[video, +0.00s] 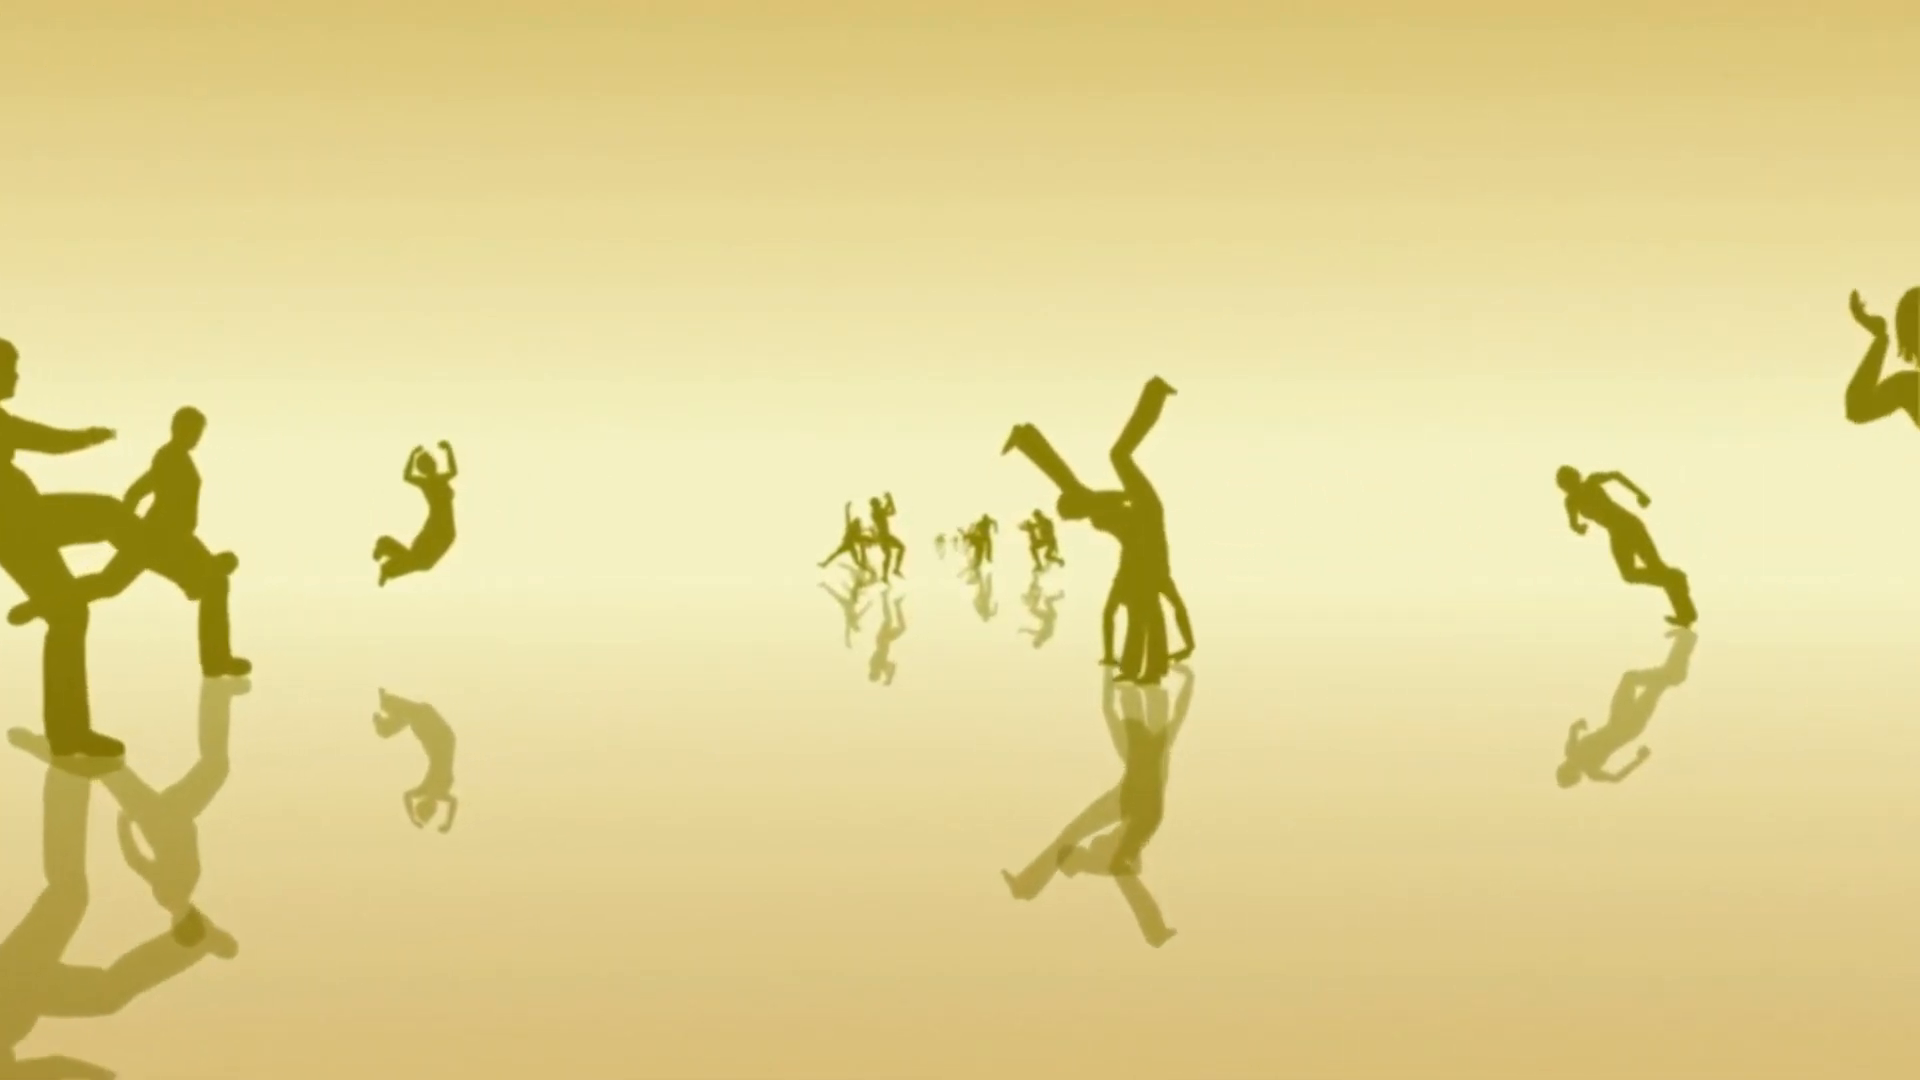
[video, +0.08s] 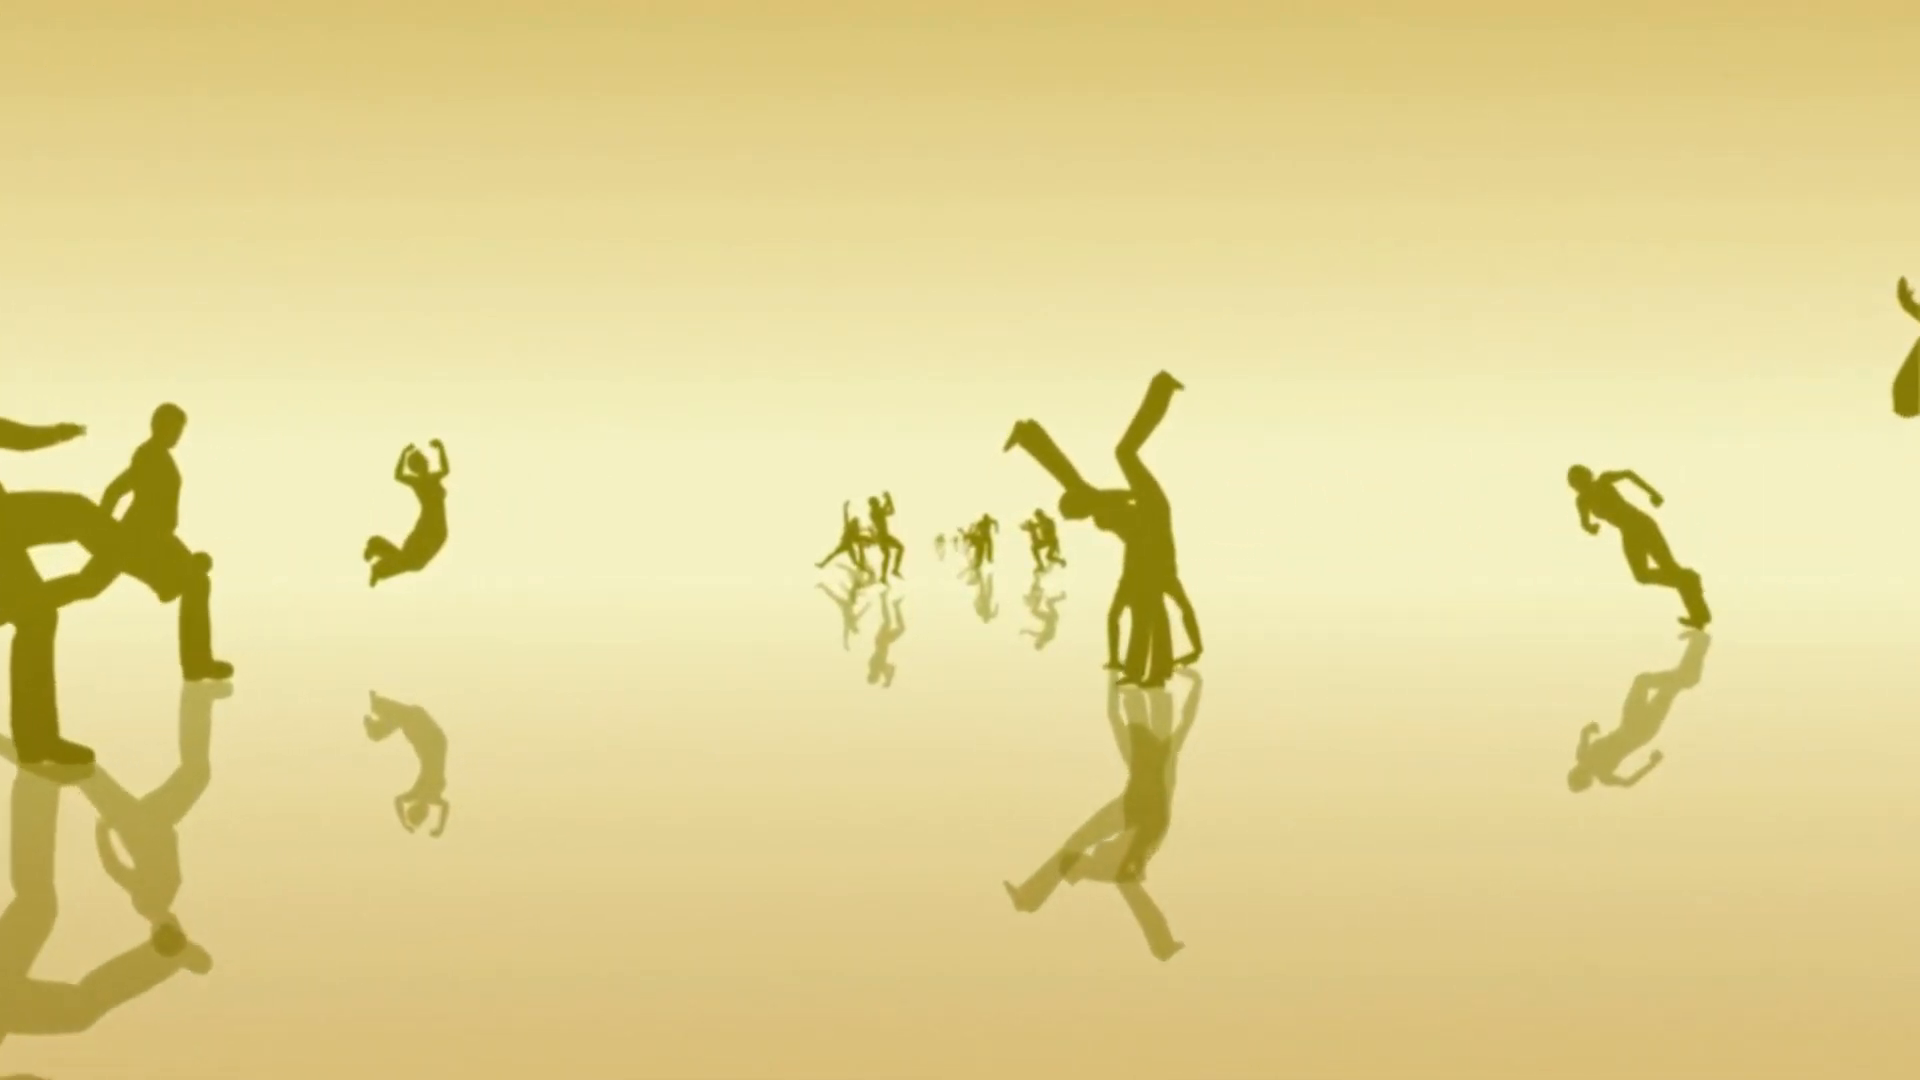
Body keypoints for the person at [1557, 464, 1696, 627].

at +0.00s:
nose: (1567, 487)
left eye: (1567, 482)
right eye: (1563, 485)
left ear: (1574, 477)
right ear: (1562, 486)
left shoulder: (1592, 481)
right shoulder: (1571, 501)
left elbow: (1616, 475)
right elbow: (1573, 522)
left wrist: (1639, 493)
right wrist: (1579, 528)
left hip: (1629, 523)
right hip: (1615, 531)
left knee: (1655, 565)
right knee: (1629, 574)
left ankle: (1685, 612)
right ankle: (1673, 578)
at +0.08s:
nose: (1578, 486)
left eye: (1579, 481)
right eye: (1574, 484)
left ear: (1586, 476)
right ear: (1573, 485)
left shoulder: (1604, 480)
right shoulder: (1582, 500)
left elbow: (1629, 473)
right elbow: (1584, 522)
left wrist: (1652, 493)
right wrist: (1591, 528)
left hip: (1641, 523)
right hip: (1627, 531)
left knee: (1669, 566)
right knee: (1642, 575)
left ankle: (1698, 614)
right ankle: (1686, 579)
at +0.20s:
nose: (1586, 486)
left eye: (1586, 480)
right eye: (1582, 483)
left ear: (1593, 475)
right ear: (1582, 484)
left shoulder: (1612, 479)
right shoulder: (1590, 500)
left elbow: (1637, 473)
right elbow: (1592, 521)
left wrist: (1661, 492)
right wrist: (1599, 528)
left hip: (1650, 522)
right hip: (1636, 531)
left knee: (1678, 567)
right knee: (1650, 575)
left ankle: (1708, 615)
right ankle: (1695, 579)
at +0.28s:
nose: (1599, 484)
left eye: (1599, 478)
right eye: (1595, 481)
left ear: (1605, 474)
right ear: (1595, 482)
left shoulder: (1625, 478)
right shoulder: (1602, 499)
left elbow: (1650, 471)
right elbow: (1605, 521)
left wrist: (1674, 490)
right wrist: (1612, 528)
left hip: (1663, 522)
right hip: (1649, 531)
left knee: (1692, 567)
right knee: (1664, 576)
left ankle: (1722, 616)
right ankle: (1709, 580)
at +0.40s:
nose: (1605, 484)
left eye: (1605, 478)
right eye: (1602, 480)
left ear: (1612, 474)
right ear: (1603, 481)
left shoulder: (1633, 477)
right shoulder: (1610, 499)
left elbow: (1659, 471)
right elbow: (1613, 522)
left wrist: (1683, 490)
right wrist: (1620, 528)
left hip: (1671, 522)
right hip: (1658, 530)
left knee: (1701, 567)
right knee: (1673, 577)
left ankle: (1732, 617)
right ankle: (1719, 580)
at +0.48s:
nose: (1618, 483)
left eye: (1618, 477)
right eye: (1615, 480)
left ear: (1625, 473)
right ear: (1616, 480)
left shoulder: (1647, 475)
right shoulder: (1624, 498)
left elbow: (1673, 469)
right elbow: (1626, 521)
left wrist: (1698, 490)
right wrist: (1633, 528)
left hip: (1686, 521)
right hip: (1672, 530)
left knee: (1716, 568)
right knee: (1687, 577)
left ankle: (1747, 619)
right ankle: (1734, 581)